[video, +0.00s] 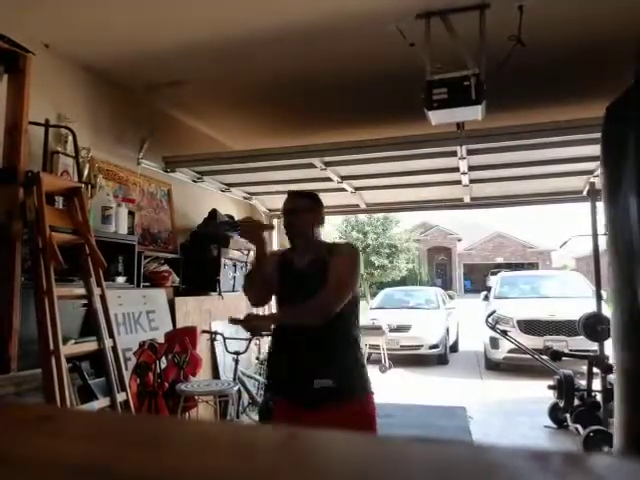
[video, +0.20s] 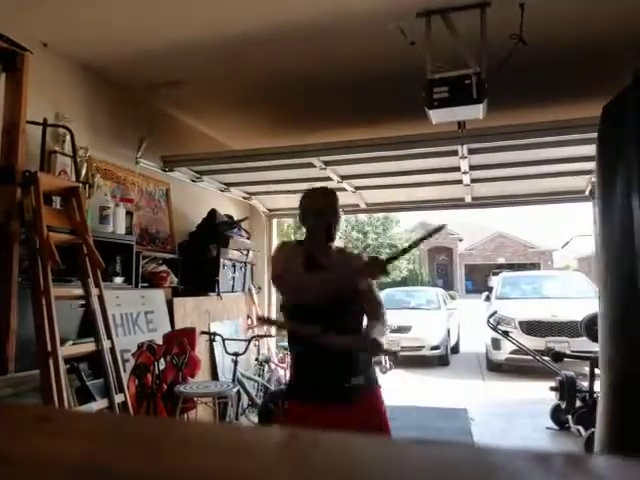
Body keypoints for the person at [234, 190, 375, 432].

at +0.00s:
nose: (288, 220)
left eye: (296, 212)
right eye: (285, 214)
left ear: (319, 217)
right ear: (282, 219)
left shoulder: (344, 254)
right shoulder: (277, 261)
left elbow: (326, 308)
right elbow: (257, 297)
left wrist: (270, 320)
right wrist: (259, 245)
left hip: (342, 391)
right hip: (289, 390)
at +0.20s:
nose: (328, 223)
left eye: (333, 214)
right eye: (318, 215)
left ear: (339, 218)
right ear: (302, 219)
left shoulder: (352, 262)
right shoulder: (288, 253)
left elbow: (377, 315)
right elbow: (293, 290)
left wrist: (372, 338)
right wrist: (360, 272)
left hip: (357, 384)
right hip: (308, 383)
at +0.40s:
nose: (363, 223)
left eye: (362, 215)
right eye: (357, 215)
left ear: (332, 220)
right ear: (337, 219)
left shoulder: (331, 259)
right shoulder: (323, 258)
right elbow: (375, 290)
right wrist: (430, 307)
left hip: (357, 390)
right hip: (329, 395)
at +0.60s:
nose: (382, 224)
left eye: (380, 217)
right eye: (376, 217)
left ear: (345, 225)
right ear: (363, 222)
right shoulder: (356, 256)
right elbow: (386, 322)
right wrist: (430, 367)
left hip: (375, 392)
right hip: (351, 394)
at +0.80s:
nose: (387, 227)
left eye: (386, 220)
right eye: (384, 220)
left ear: (349, 224)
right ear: (373, 223)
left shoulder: (345, 256)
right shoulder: (363, 255)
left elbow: (404, 282)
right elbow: (387, 310)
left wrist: (389, 237)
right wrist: (416, 333)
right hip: (379, 365)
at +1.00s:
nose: (389, 230)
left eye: (387, 225)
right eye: (387, 224)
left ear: (353, 226)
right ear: (380, 224)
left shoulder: (342, 265)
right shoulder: (367, 254)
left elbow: (393, 303)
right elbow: (390, 316)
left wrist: (395, 261)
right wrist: (420, 325)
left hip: (379, 380)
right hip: (409, 355)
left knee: (437, 458)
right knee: (505, 374)